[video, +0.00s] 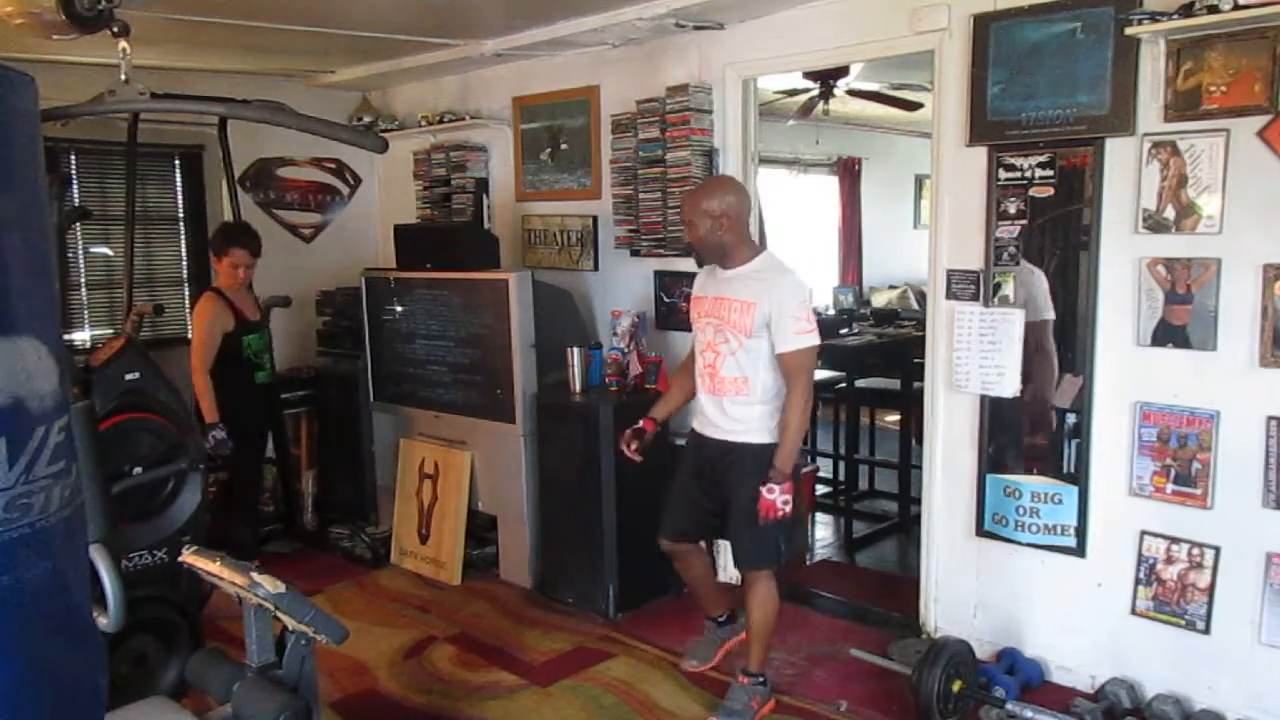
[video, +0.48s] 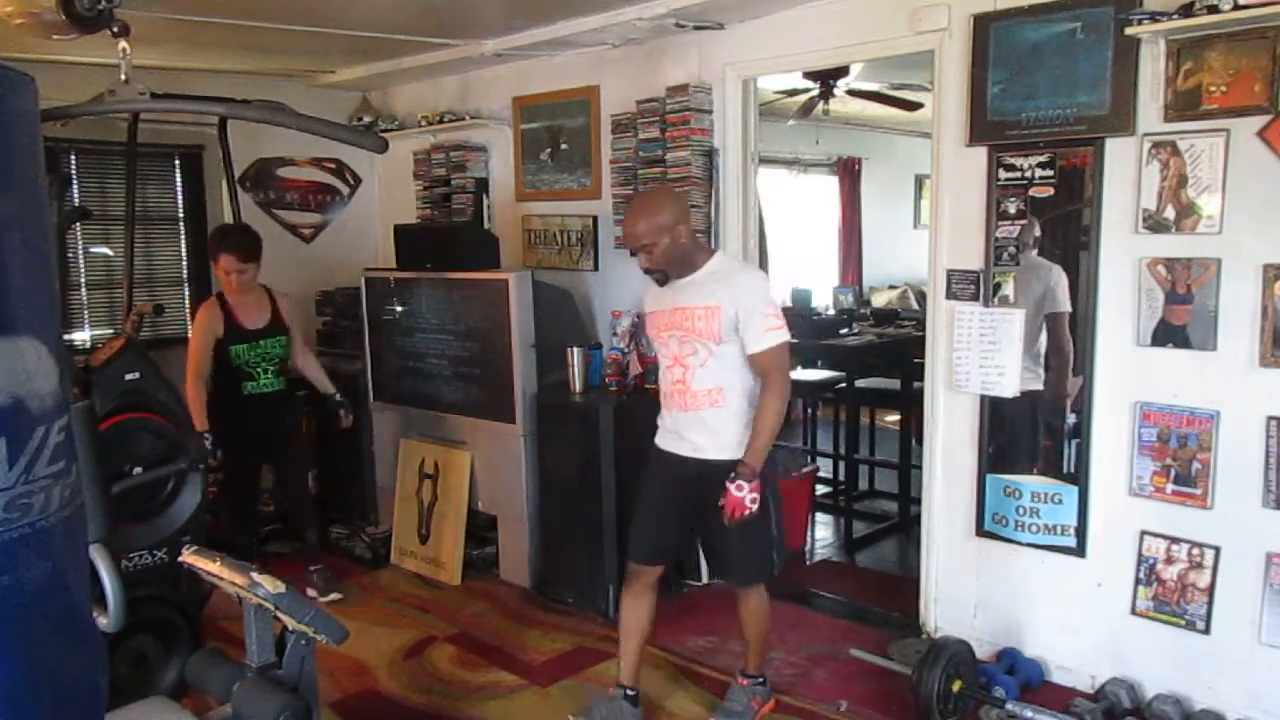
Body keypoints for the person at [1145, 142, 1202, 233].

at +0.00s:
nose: (1157, 158)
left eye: (1159, 153)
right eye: (1155, 156)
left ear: (1168, 150)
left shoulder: (1175, 161)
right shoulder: (1164, 166)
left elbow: (1170, 187)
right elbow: (1161, 188)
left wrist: (1160, 213)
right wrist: (1157, 212)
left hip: (1190, 211)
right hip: (1180, 212)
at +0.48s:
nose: (1157, 158)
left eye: (1159, 153)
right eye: (1155, 156)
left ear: (1168, 150)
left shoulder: (1175, 161)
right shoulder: (1164, 166)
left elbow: (1170, 187)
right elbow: (1161, 188)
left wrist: (1160, 213)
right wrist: (1157, 212)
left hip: (1190, 210)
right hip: (1180, 212)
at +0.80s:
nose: (1157, 158)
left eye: (1159, 153)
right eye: (1155, 156)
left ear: (1168, 150)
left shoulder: (1174, 161)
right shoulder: (1164, 165)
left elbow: (1171, 187)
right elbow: (1161, 187)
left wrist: (1160, 212)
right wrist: (1157, 211)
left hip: (1190, 210)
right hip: (1180, 211)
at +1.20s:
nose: (1157, 158)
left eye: (1159, 154)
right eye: (1155, 156)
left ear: (1168, 150)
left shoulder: (1175, 161)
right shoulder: (1164, 166)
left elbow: (1170, 187)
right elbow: (1161, 188)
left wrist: (1160, 212)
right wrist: (1157, 211)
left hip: (1190, 210)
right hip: (1180, 211)